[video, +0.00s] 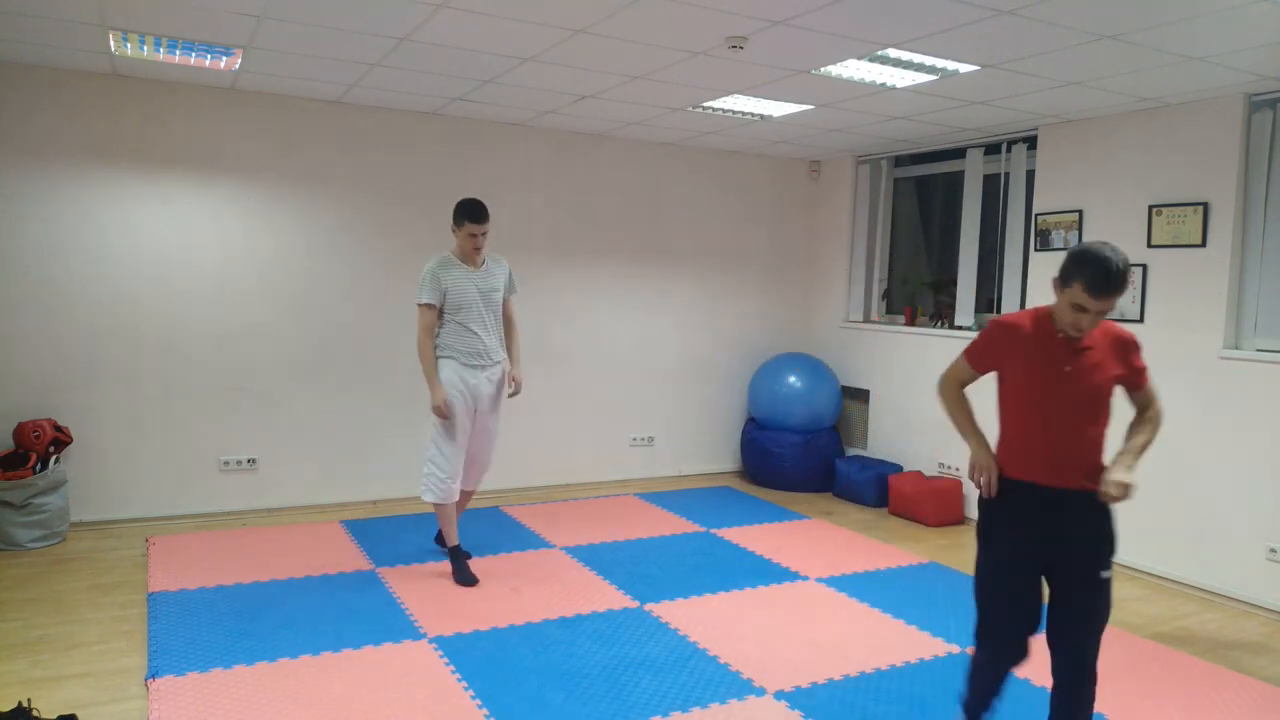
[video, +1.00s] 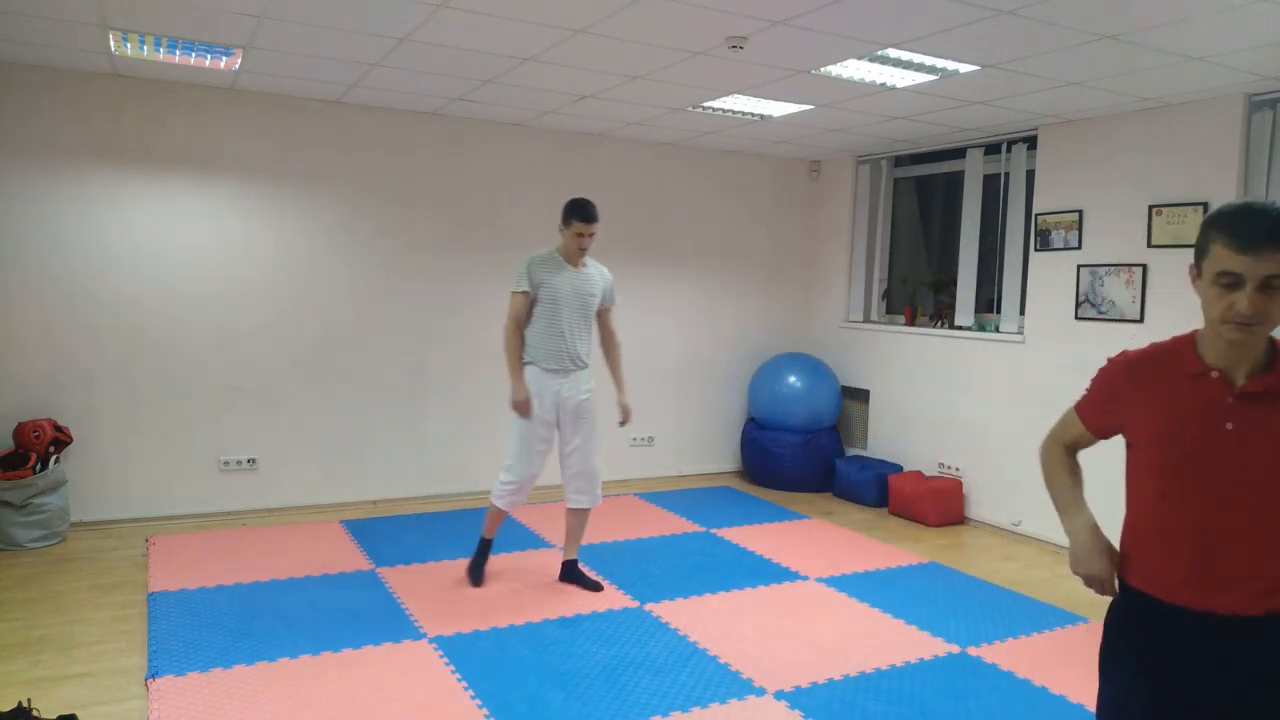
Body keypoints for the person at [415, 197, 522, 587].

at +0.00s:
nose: (479, 240)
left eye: (484, 233)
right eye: (472, 235)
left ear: (490, 230)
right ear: (455, 231)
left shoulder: (499, 268)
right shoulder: (438, 271)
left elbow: (508, 321)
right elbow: (425, 335)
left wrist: (514, 363)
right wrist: (434, 388)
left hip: (492, 375)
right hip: (454, 374)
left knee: (479, 459)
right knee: (448, 460)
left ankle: (447, 528)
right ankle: (455, 550)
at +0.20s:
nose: (481, 242)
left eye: (485, 235)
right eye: (473, 237)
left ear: (491, 229)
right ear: (455, 233)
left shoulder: (503, 266)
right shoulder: (441, 273)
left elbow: (512, 321)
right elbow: (433, 339)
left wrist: (524, 370)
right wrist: (449, 393)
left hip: (502, 378)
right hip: (462, 379)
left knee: (508, 467)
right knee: (451, 468)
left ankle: (476, 526)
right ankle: (454, 552)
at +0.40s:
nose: (497, 244)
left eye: (501, 236)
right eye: (489, 238)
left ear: (506, 231)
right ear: (471, 233)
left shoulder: (514, 265)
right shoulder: (453, 273)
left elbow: (520, 321)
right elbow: (443, 339)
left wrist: (532, 372)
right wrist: (451, 396)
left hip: (512, 378)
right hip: (470, 380)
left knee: (532, 464)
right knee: (460, 468)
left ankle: (538, 551)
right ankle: (457, 555)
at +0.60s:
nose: (521, 247)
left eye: (525, 240)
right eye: (514, 241)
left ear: (530, 236)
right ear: (495, 235)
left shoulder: (537, 271)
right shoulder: (475, 274)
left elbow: (539, 326)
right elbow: (457, 337)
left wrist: (542, 376)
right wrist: (457, 394)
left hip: (529, 382)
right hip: (486, 381)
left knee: (547, 469)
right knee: (469, 469)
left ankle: (564, 560)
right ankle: (458, 555)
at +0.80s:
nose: (554, 244)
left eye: (559, 238)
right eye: (547, 237)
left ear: (564, 237)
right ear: (530, 233)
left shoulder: (569, 277)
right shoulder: (507, 270)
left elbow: (570, 335)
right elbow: (483, 331)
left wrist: (577, 389)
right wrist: (479, 390)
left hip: (556, 385)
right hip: (511, 384)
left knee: (575, 472)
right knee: (491, 471)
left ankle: (569, 564)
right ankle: (464, 557)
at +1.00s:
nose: (586, 242)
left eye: (591, 235)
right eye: (579, 234)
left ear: (596, 234)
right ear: (562, 230)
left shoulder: (600, 277)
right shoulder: (535, 266)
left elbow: (608, 337)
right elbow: (515, 324)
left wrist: (621, 392)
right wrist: (516, 383)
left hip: (579, 382)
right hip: (538, 381)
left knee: (583, 473)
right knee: (522, 471)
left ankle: (570, 564)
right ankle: (483, 549)